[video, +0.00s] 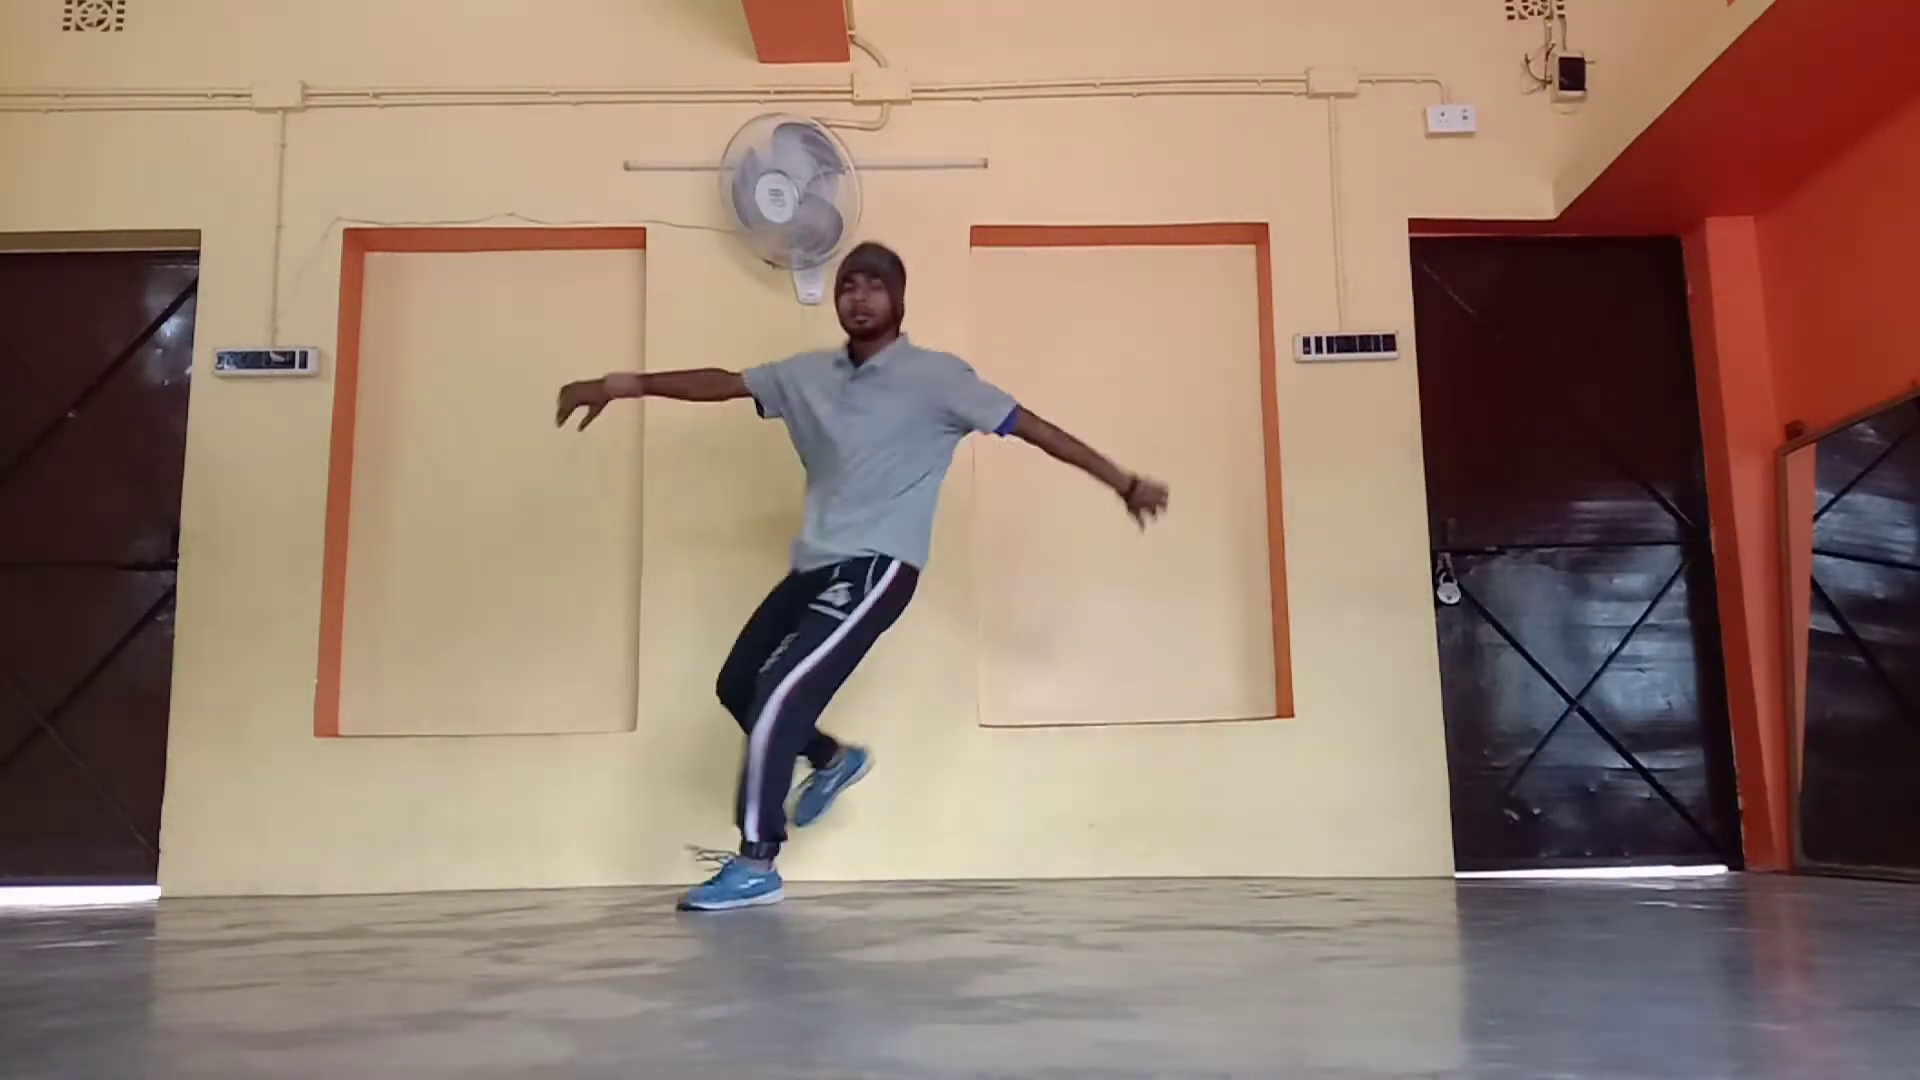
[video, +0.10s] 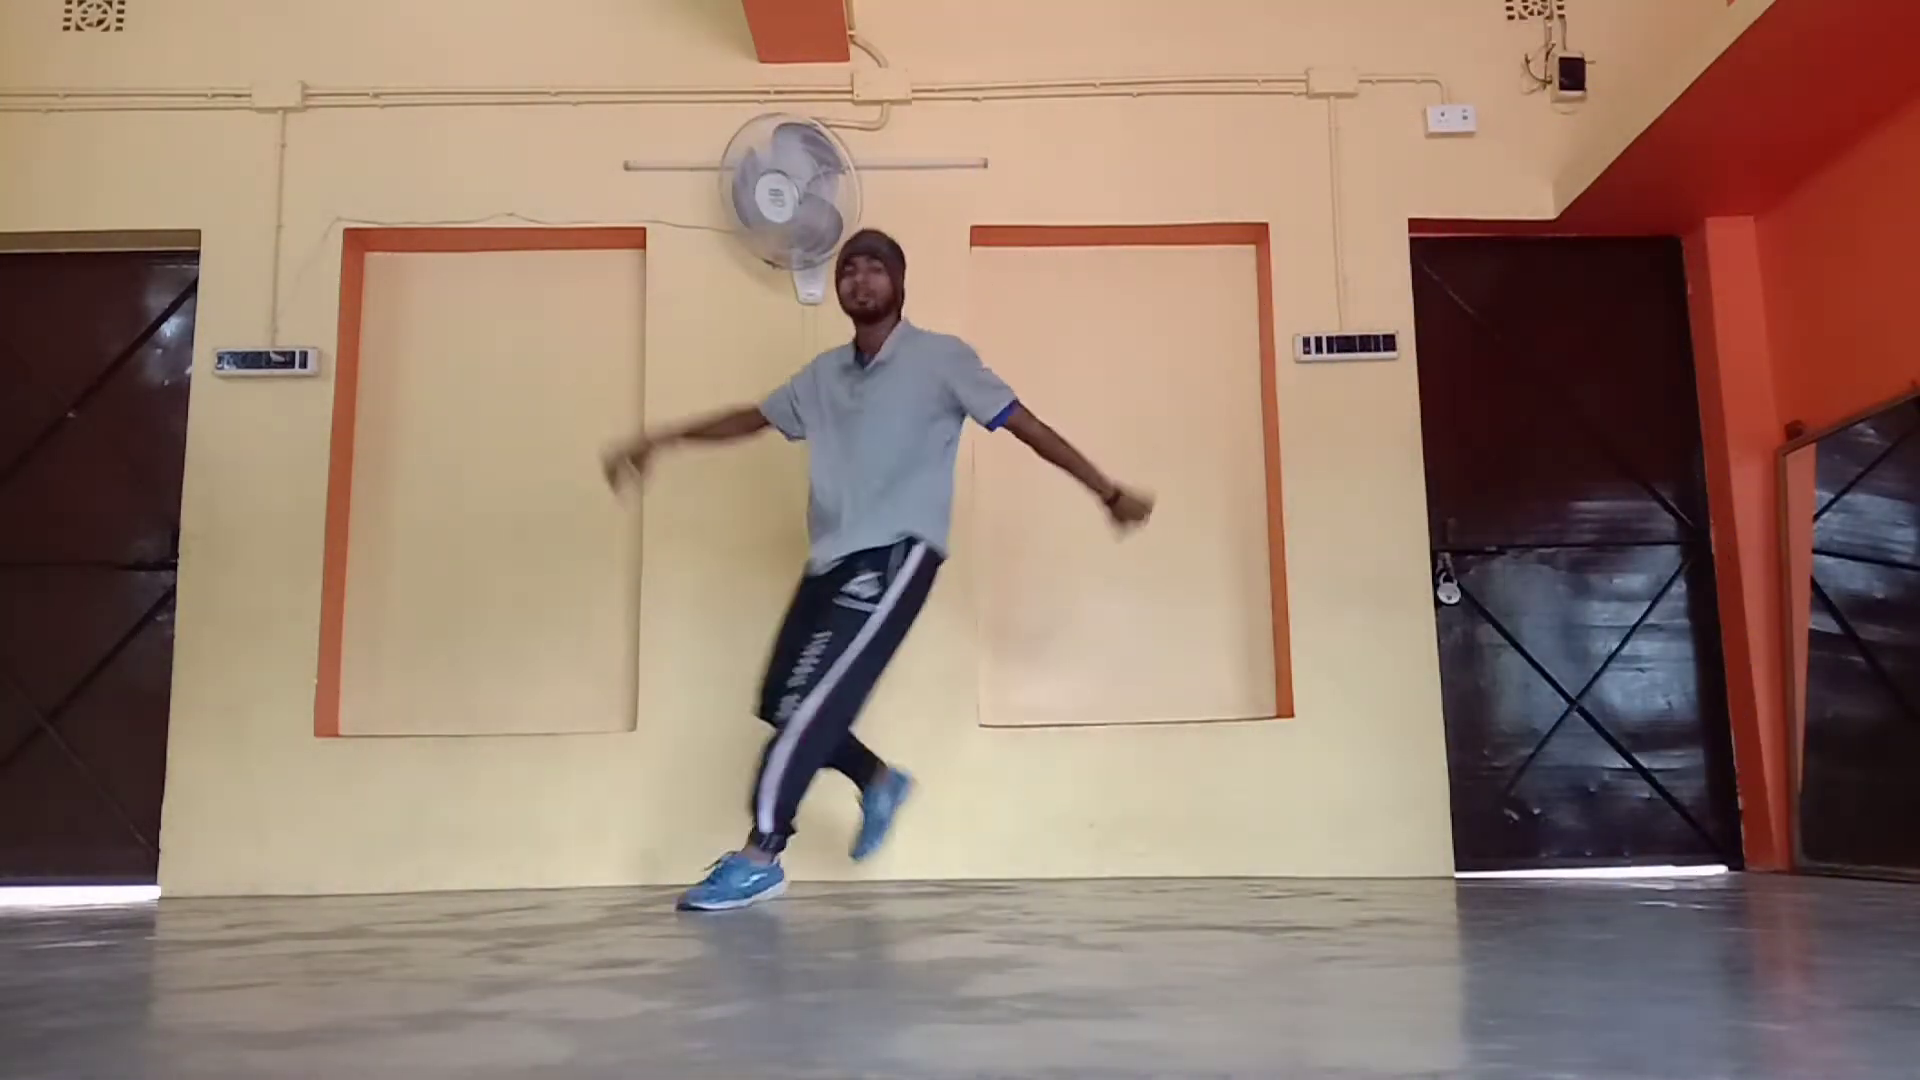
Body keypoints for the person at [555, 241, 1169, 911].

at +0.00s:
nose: (858, 297)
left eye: (873, 286)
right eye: (848, 287)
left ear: (901, 300)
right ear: (834, 301)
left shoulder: (936, 377)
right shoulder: (809, 375)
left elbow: (1032, 428)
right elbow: (720, 385)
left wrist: (1121, 479)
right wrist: (620, 386)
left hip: (879, 566)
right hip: (814, 562)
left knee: (782, 693)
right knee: (739, 685)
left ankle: (756, 862)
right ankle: (834, 759)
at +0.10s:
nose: (861, 276)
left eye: (875, 267)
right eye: (851, 268)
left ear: (901, 284)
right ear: (838, 288)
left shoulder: (940, 355)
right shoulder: (825, 374)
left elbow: (1025, 425)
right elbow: (751, 419)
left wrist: (1107, 489)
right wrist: (655, 441)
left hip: (899, 548)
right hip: (830, 556)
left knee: (814, 697)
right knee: (783, 700)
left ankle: (761, 855)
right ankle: (879, 782)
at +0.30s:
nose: (898, 277)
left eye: (909, 267)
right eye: (886, 269)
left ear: (930, 282)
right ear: (869, 286)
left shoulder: (974, 350)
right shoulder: (858, 383)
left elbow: (1028, 449)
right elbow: (843, 484)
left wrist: (989, 524)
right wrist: (824, 568)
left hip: (973, 542)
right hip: (902, 558)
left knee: (960, 648)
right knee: (880, 700)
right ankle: (916, 851)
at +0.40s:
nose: (917, 293)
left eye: (928, 280)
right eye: (902, 283)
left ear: (948, 288)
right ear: (885, 296)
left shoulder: (988, 348)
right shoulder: (884, 390)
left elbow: (1053, 436)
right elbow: (887, 475)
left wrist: (958, 448)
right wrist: (877, 540)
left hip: (1011, 551)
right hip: (938, 573)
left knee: (1087, 689)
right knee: (879, 690)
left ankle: (1180, 806)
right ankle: (919, 840)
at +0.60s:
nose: (920, 348)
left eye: (933, 333)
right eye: (907, 334)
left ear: (954, 337)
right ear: (892, 342)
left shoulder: (1006, 391)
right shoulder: (900, 436)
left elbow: (1093, 448)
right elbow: (936, 518)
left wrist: (1000, 477)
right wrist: (907, 578)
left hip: (1056, 585)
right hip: (976, 602)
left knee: (1137, 714)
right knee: (922, 708)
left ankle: (1240, 842)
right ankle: (950, 860)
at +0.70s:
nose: (926, 306)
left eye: (938, 290)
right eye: (912, 293)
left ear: (958, 285)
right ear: (894, 292)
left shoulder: (1011, 342)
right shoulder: (889, 376)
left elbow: (1080, 421)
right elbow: (894, 475)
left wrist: (991, 426)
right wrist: (910, 481)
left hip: (1035, 534)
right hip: (962, 554)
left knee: (1077, 660)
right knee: (947, 702)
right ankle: (954, 854)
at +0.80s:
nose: (942, 301)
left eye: (954, 286)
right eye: (928, 288)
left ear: (974, 277)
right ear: (911, 284)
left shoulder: (1013, 327)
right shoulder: (890, 349)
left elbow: (1062, 402)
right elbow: (840, 435)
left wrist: (987, 354)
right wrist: (891, 392)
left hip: (1016, 507)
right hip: (943, 522)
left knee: (1008, 621)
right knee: (950, 678)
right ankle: (972, 833)